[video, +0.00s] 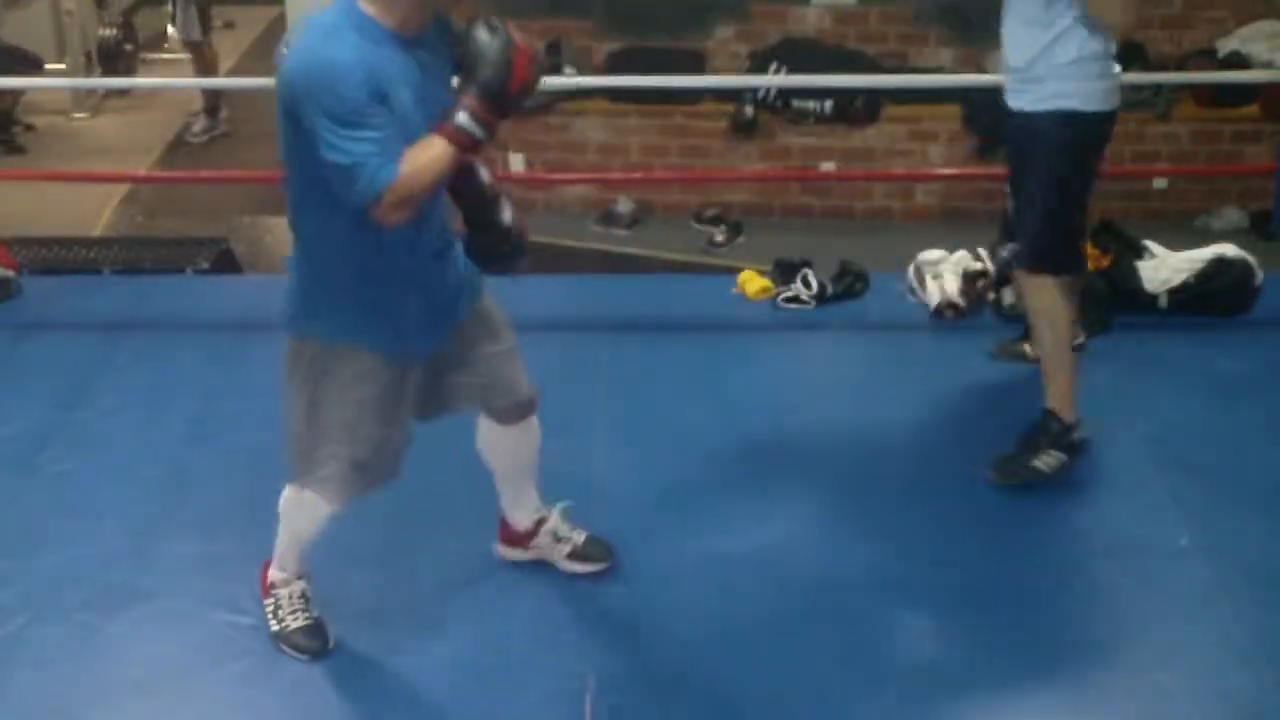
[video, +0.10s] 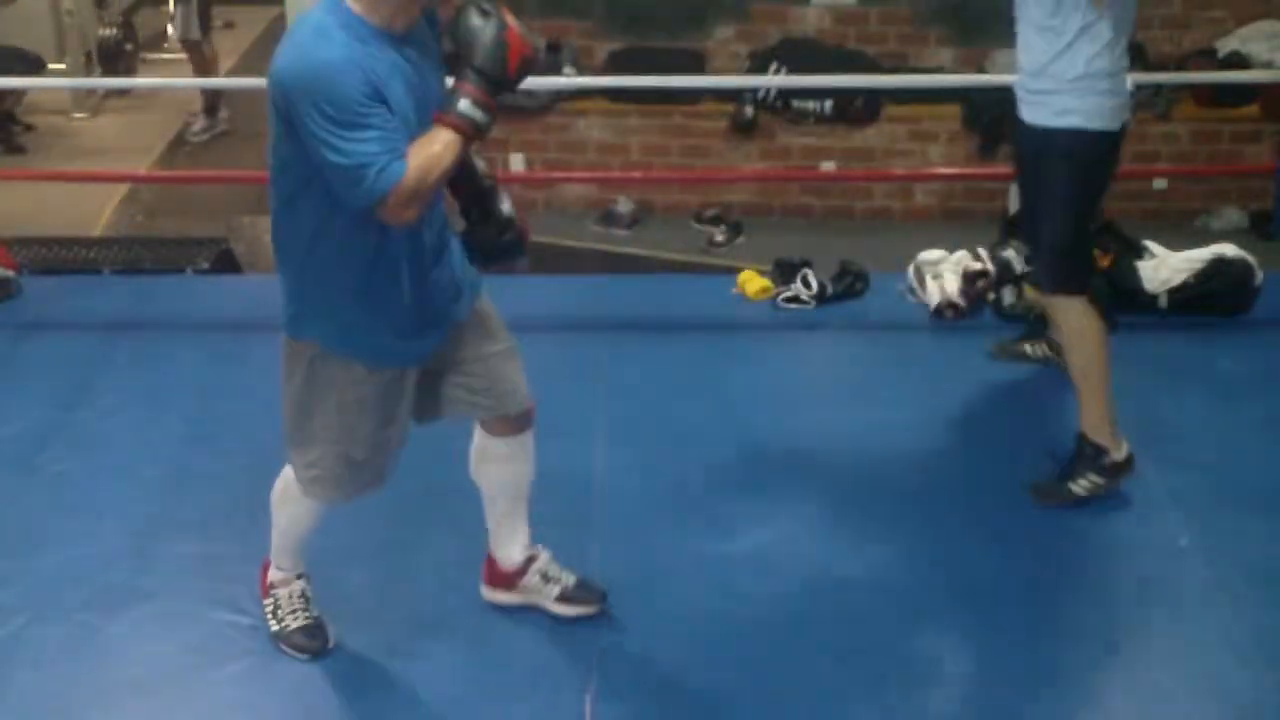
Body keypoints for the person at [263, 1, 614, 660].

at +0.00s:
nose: (461, 3)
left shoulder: (434, 34)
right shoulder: (323, 63)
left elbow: (439, 143)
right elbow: (389, 198)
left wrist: (479, 205)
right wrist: (477, 109)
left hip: (439, 276)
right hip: (353, 299)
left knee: (511, 403)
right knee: (338, 469)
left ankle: (525, 526)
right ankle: (282, 577)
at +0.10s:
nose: (452, 0)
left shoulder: (421, 26)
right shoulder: (318, 65)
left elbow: (436, 132)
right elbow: (399, 198)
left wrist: (479, 200)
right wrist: (474, 99)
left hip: (434, 279)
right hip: (348, 306)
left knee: (507, 408)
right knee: (328, 468)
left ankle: (512, 563)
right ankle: (282, 577)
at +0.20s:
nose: (460, 4)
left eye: (457, 1)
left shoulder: (422, 33)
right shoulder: (327, 74)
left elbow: (435, 145)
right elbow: (417, 206)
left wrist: (474, 206)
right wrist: (496, 106)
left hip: (438, 290)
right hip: (346, 316)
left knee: (507, 433)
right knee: (323, 471)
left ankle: (523, 608)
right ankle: (279, 577)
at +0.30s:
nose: (476, 6)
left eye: (472, 3)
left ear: (435, 3)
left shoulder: (448, 52)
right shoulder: (354, 80)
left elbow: (452, 161)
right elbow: (422, 223)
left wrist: (483, 234)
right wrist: (524, 139)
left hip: (446, 309)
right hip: (357, 329)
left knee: (509, 462)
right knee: (317, 477)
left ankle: (520, 642)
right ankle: (279, 577)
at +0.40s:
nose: (529, 13)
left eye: (527, 9)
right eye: (525, 5)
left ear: (492, 6)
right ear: (491, 0)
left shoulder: (484, 61)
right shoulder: (388, 75)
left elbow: (478, 177)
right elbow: (406, 232)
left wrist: (514, 246)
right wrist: (531, 203)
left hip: (470, 324)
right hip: (378, 341)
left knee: (522, 483)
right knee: (333, 488)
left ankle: (523, 649)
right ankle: (283, 571)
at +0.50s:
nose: (589, 25)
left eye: (590, 17)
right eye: (587, 13)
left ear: (560, 7)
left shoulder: (527, 62)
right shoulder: (429, 55)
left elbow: (504, 196)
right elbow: (379, 198)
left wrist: (554, 269)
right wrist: (511, 245)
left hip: (496, 334)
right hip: (400, 342)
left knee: (531, 494)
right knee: (363, 508)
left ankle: (525, 650)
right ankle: (291, 569)